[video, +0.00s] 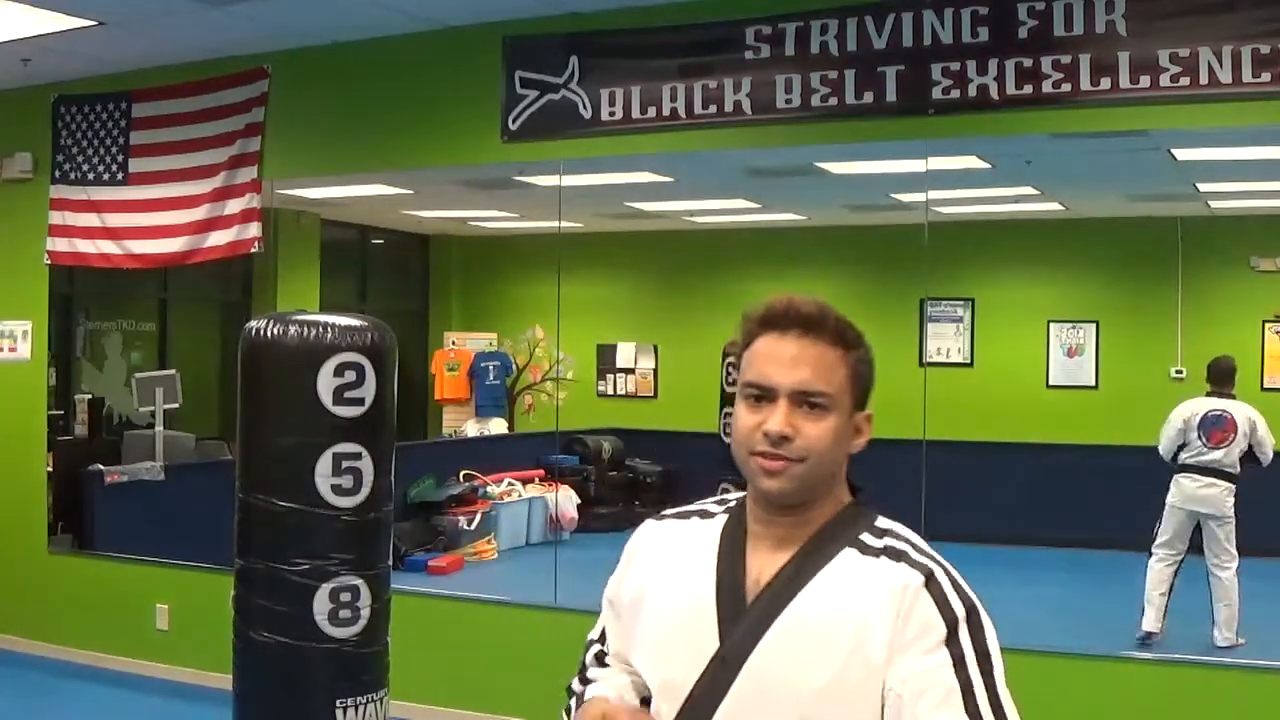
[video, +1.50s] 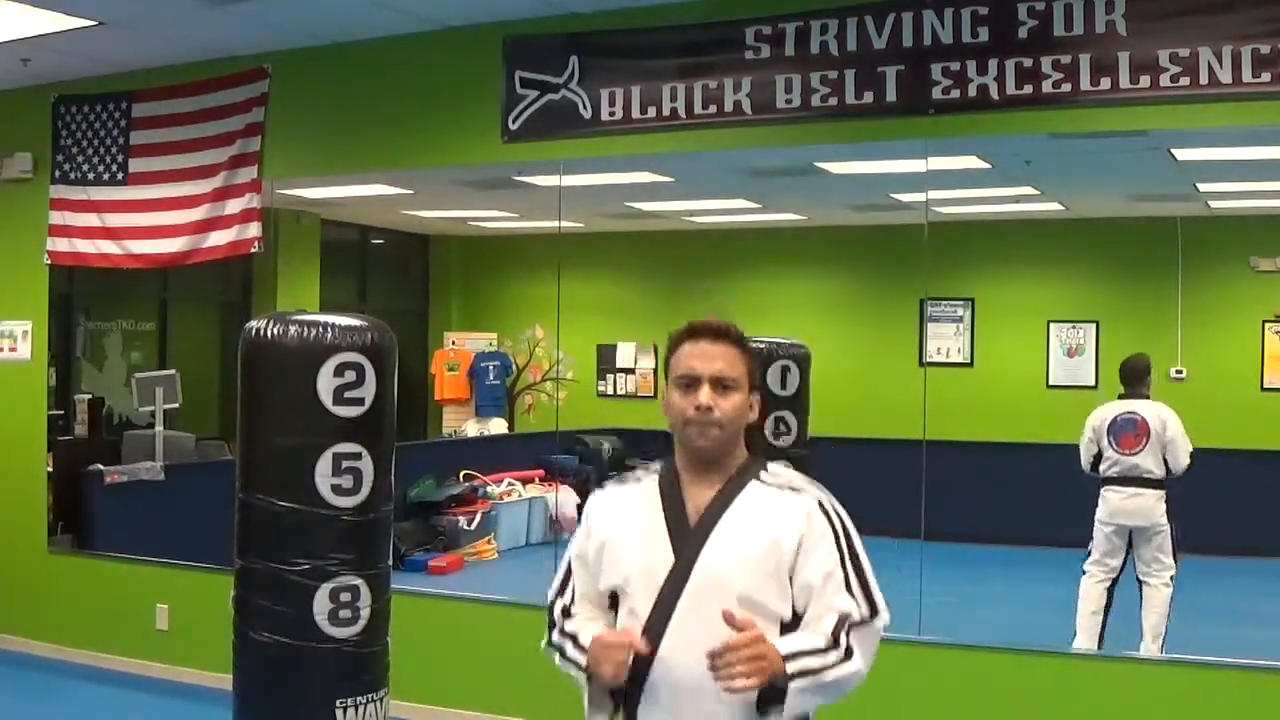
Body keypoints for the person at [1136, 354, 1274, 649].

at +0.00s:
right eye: (1231, 377)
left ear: (1208, 379)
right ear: (1234, 380)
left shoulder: (1187, 408)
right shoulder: (1249, 414)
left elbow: (1166, 450)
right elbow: (1266, 456)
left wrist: (1189, 460)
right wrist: (1238, 450)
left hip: (1184, 489)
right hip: (1220, 495)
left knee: (1165, 554)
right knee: (1223, 563)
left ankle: (1149, 627)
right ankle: (1225, 636)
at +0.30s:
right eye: (1211, 382)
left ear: (1185, 387)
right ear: (1211, 386)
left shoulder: (1168, 418)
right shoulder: (1229, 420)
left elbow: (1149, 464)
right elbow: (1249, 463)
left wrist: (1176, 470)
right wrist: (1221, 480)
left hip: (1172, 498)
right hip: (1209, 502)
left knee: (1149, 559)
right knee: (1219, 567)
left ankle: (1132, 620)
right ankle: (1227, 637)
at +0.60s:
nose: (1165, 381)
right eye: (1166, 376)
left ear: (1139, 381)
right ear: (1166, 380)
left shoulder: (1122, 413)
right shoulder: (1184, 411)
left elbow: (1103, 459)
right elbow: (1203, 454)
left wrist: (1134, 466)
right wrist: (1183, 475)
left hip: (1135, 497)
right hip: (1174, 498)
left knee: (1130, 566)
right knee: (1192, 563)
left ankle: (1129, 641)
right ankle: (1207, 633)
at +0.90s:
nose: (1148, 379)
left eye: (1142, 375)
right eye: (1147, 375)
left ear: (1119, 381)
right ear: (1145, 379)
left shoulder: (1102, 415)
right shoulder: (1165, 411)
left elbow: (1086, 463)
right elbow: (1189, 454)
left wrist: (1115, 472)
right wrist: (1163, 466)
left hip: (1114, 502)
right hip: (1153, 503)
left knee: (1108, 568)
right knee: (1165, 568)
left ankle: (1103, 645)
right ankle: (1146, 631)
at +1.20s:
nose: (1149, 362)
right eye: (1150, 358)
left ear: (1123, 361)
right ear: (1151, 361)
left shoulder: (1103, 392)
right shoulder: (1168, 392)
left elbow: (1086, 437)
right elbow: (1189, 431)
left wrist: (1113, 452)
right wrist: (1163, 455)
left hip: (1113, 481)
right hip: (1151, 483)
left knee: (1105, 552)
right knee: (1152, 555)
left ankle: (1098, 633)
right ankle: (1145, 636)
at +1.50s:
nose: (1150, 379)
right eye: (1150, 375)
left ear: (1121, 380)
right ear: (1149, 379)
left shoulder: (1100, 414)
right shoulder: (1164, 415)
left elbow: (1088, 462)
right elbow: (1180, 463)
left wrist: (1116, 468)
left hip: (1111, 500)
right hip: (1150, 502)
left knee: (1098, 570)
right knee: (1157, 576)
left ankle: (1084, 646)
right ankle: (1151, 653)